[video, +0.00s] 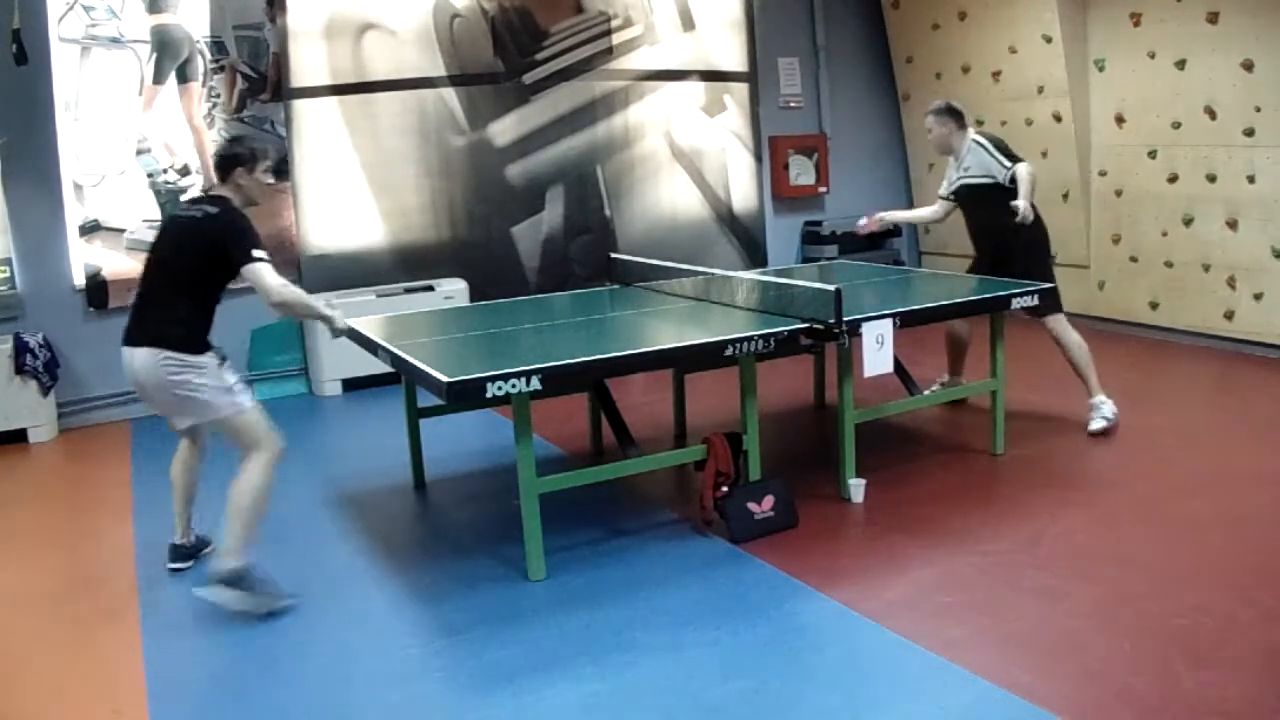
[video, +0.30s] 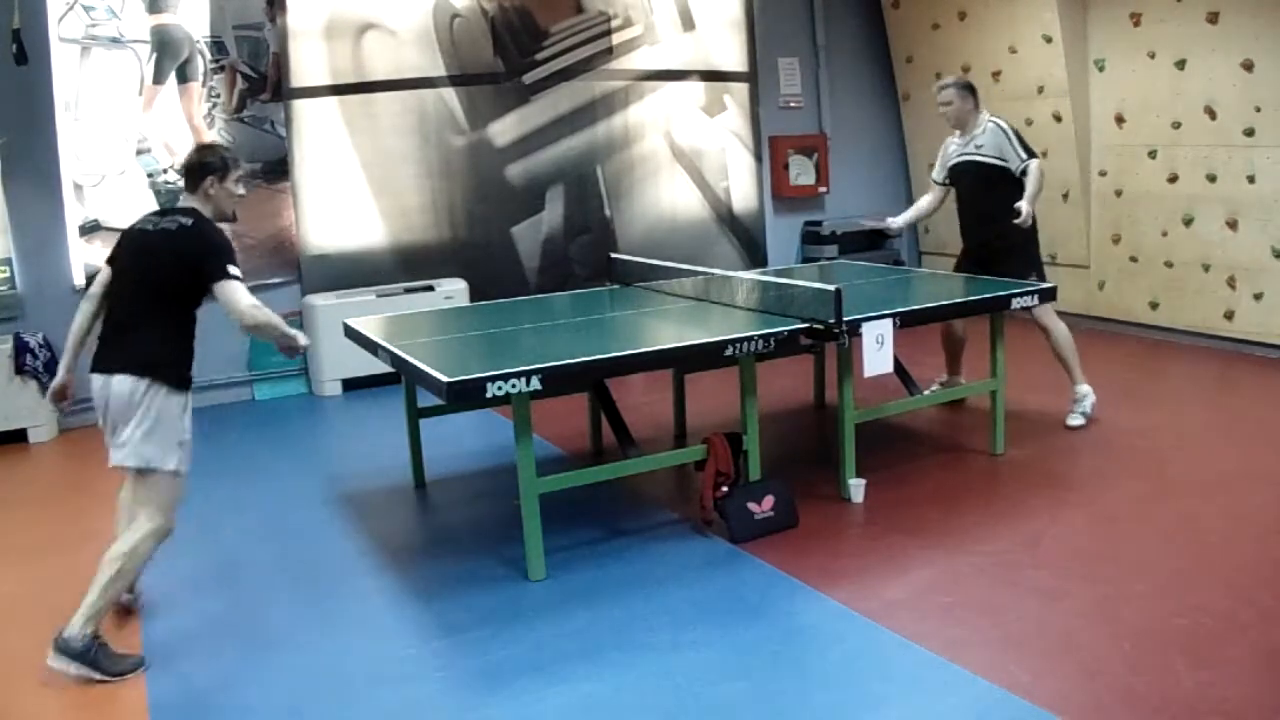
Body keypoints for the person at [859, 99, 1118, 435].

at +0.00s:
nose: (929, 139)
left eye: (931, 131)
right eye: (928, 132)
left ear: (951, 128)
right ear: (946, 130)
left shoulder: (983, 144)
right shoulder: (957, 162)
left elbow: (1023, 170)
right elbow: (938, 212)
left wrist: (1024, 199)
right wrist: (886, 217)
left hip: (1025, 251)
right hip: (991, 254)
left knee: (1053, 321)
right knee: (956, 314)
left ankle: (1100, 400)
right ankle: (953, 381)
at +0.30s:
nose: (943, 112)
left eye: (947, 104)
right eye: (940, 106)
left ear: (969, 102)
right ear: (946, 109)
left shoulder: (997, 129)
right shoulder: (950, 147)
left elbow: (1033, 166)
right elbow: (934, 196)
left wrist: (1027, 201)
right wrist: (900, 221)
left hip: (1014, 245)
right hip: (975, 247)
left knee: (1043, 315)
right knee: (952, 318)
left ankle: (1083, 391)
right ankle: (953, 381)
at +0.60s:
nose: (977, 109)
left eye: (983, 101)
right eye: (974, 103)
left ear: (1005, 100)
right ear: (979, 105)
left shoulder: (1028, 130)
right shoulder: (988, 140)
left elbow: (1059, 177)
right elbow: (995, 190)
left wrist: (1047, 221)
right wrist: (961, 211)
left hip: (1040, 241)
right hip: (1005, 241)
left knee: (1055, 321)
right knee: (981, 311)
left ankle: (1083, 398)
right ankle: (969, 374)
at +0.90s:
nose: (983, 108)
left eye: (989, 100)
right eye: (980, 102)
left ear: (1011, 100)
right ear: (980, 105)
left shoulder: (1037, 131)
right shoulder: (989, 140)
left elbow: (1071, 174)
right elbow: (989, 183)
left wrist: (1066, 220)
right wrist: (962, 212)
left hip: (1053, 238)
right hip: (1016, 240)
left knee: (1072, 314)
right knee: (1000, 310)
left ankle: (1099, 394)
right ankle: (1002, 377)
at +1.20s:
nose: (974, 134)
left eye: (977, 126)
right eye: (971, 128)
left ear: (997, 120)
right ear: (991, 125)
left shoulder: (1025, 141)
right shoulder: (1005, 151)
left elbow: (1056, 179)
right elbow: (1029, 187)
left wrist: (1035, 224)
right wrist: (1026, 226)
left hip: (1063, 242)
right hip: (1035, 244)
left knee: (1071, 319)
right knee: (997, 302)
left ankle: (1111, 395)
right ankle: (1000, 375)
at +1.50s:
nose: (981, 130)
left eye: (983, 123)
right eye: (978, 124)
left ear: (1000, 117)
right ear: (995, 119)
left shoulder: (1028, 138)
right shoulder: (1003, 147)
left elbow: (1048, 175)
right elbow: (983, 172)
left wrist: (1033, 213)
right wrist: (939, 158)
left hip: (1051, 237)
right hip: (1023, 237)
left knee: (1068, 314)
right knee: (992, 303)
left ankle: (1107, 391)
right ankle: (999, 375)